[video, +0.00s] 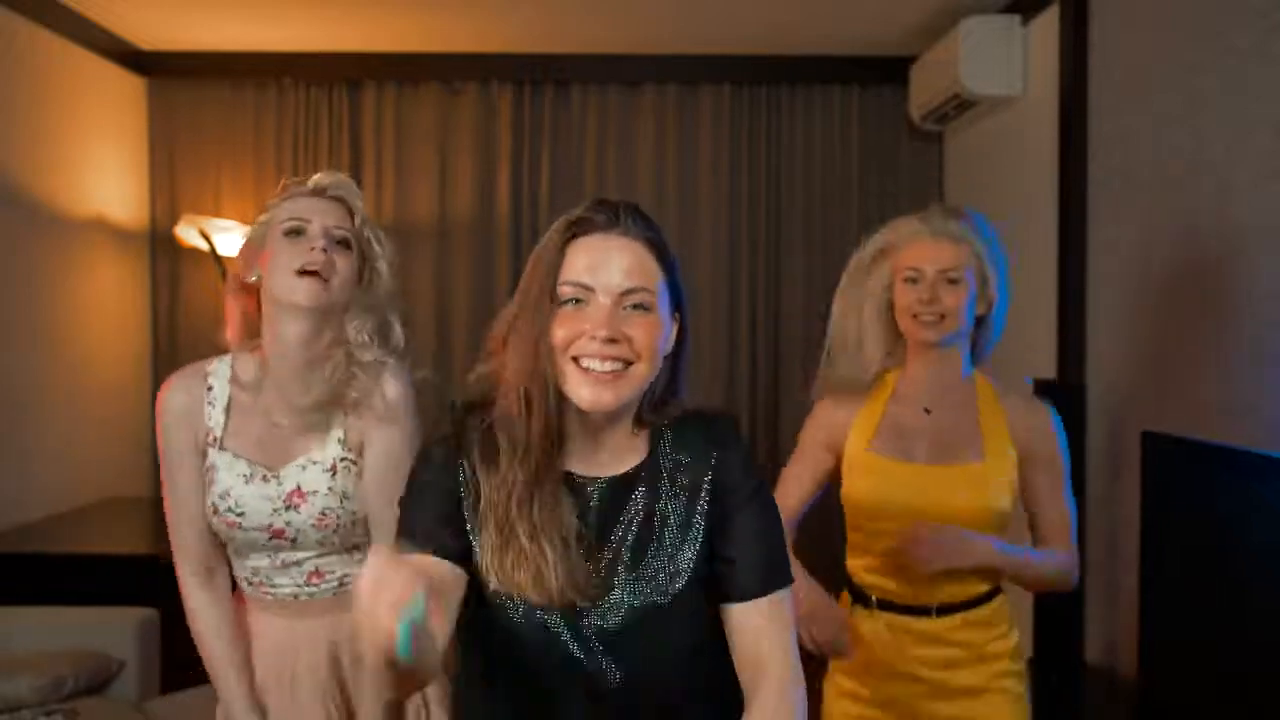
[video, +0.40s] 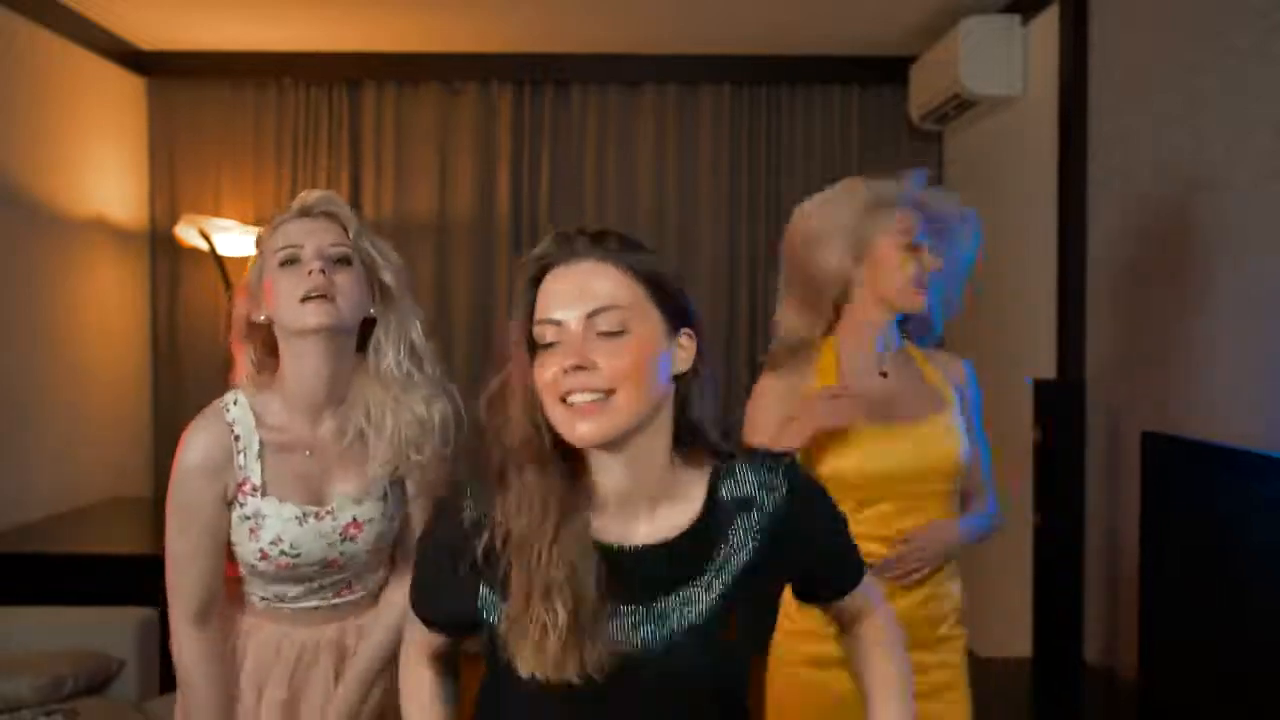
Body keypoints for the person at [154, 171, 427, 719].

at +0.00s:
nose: (319, 248)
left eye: (342, 242)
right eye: (295, 232)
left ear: (359, 284)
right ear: (254, 264)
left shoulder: (380, 394)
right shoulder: (190, 399)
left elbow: (394, 560)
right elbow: (201, 575)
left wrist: (423, 693)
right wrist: (237, 703)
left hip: (367, 653)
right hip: (262, 656)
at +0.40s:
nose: (316, 270)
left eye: (338, 259)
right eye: (290, 261)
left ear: (372, 298)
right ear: (260, 301)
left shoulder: (415, 422)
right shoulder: (216, 442)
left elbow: (415, 566)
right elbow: (196, 620)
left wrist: (348, 699)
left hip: (377, 654)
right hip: (263, 660)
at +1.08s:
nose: (300, 347)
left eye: (327, 326)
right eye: (276, 327)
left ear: (363, 346)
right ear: (249, 346)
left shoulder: (392, 461)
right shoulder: (189, 468)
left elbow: (392, 626)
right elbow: (179, 624)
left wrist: (386, 713)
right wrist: (185, 714)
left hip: (369, 656)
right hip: (262, 669)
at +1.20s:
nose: (259, 298)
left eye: (283, 277)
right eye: (248, 275)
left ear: (343, 277)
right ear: (237, 271)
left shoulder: (414, 390)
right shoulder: (229, 375)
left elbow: (407, 569)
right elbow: (214, 528)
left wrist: (288, 684)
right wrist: (160, 671)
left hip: (381, 645)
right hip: (257, 641)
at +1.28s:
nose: (279, 296)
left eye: (300, 275)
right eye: (268, 274)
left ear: (361, 263)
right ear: (257, 267)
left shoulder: (420, 370)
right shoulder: (272, 348)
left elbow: (401, 562)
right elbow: (240, 500)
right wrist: (131, 610)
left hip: (359, 643)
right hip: (245, 618)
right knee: (97, 680)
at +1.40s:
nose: (318, 337)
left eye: (339, 317)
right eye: (310, 319)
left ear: (400, 314)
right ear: (300, 315)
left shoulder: (422, 427)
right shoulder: (347, 399)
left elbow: (385, 599)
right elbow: (292, 533)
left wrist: (246, 533)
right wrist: (119, 522)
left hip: (339, 656)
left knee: (201, 498)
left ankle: (17, 606)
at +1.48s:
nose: (346, 374)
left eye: (367, 352)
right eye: (335, 353)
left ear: (433, 351)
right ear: (326, 351)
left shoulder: (428, 463)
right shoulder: (386, 442)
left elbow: (367, 636)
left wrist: (233, 564)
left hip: (322, 677)